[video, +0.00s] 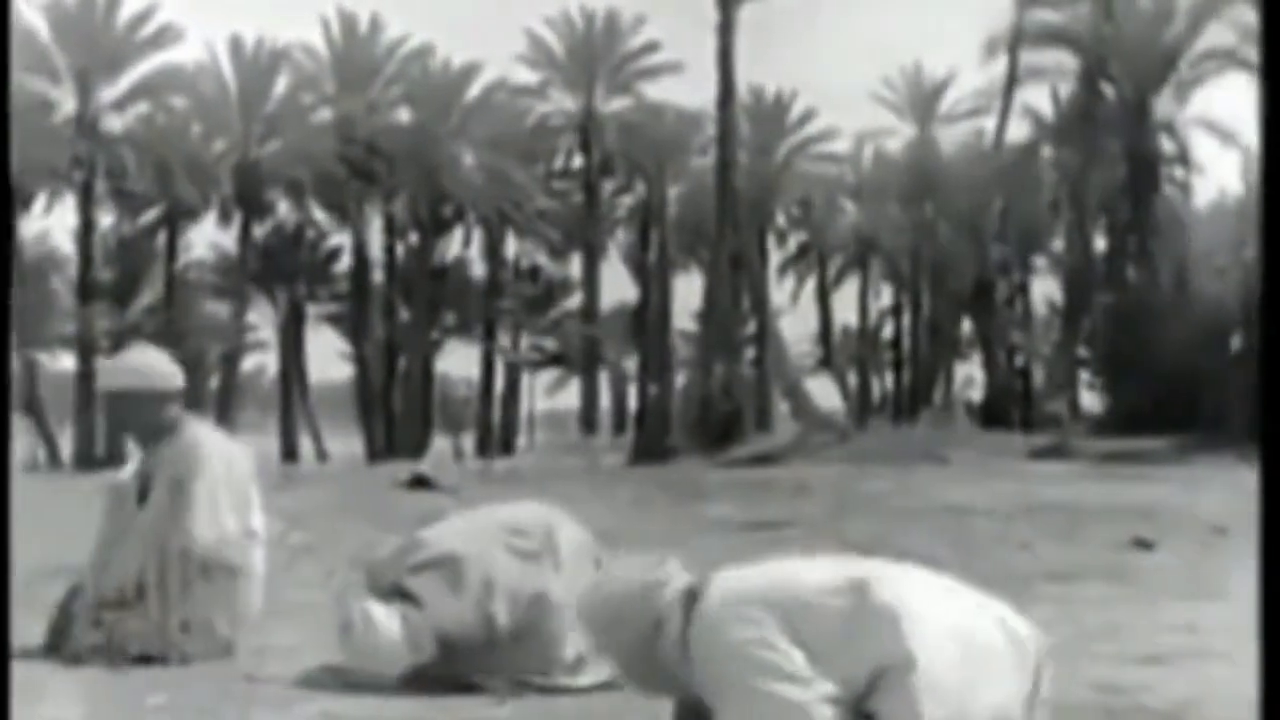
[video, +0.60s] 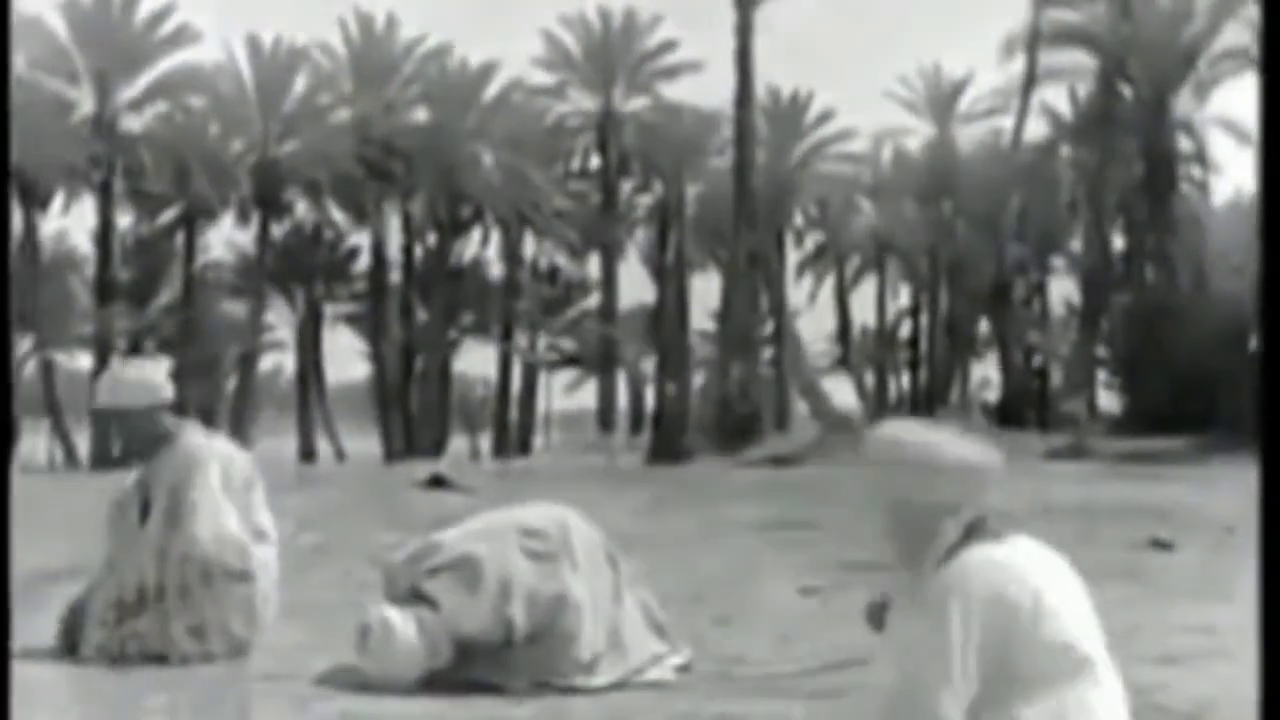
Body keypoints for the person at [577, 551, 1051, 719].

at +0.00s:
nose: (629, 674)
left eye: (622, 656)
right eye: (616, 660)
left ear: (644, 635)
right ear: (665, 600)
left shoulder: (721, 629)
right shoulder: (724, 604)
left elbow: (805, 706)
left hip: (955, 663)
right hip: (1004, 640)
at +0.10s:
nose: (649, 654)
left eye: (647, 633)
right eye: (641, 637)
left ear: (687, 610)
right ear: (694, 600)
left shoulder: (753, 619)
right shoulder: (765, 593)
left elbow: (818, 707)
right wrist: (720, 694)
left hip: (977, 682)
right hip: (1023, 665)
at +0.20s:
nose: (699, 622)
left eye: (690, 604)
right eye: (687, 607)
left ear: (716, 584)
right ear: (749, 554)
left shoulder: (801, 594)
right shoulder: (817, 570)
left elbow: (842, 704)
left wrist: (762, 680)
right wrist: (769, 666)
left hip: (1004, 696)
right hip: (1042, 684)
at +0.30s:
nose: (747, 581)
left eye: (748, 558)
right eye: (744, 560)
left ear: (773, 547)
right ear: (820, 519)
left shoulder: (842, 592)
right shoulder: (880, 548)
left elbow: (861, 707)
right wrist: (792, 643)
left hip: (1012, 706)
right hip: (1065, 695)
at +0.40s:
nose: (784, 557)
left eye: (786, 537)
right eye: (780, 539)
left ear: (813, 528)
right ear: (857, 510)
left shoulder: (885, 579)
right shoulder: (917, 546)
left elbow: (890, 706)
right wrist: (842, 627)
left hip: (1021, 704)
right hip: (1066, 695)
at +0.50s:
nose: (821, 532)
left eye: (827, 515)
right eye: (822, 514)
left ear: (860, 516)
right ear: (895, 508)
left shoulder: (911, 580)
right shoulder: (963, 543)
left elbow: (902, 709)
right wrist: (873, 610)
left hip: (1033, 708)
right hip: (1089, 700)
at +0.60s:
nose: (890, 533)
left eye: (897, 516)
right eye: (891, 516)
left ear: (928, 514)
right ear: (960, 508)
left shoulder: (960, 579)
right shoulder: (1033, 554)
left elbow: (931, 704)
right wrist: (903, 614)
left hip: (1041, 710)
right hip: (1104, 705)